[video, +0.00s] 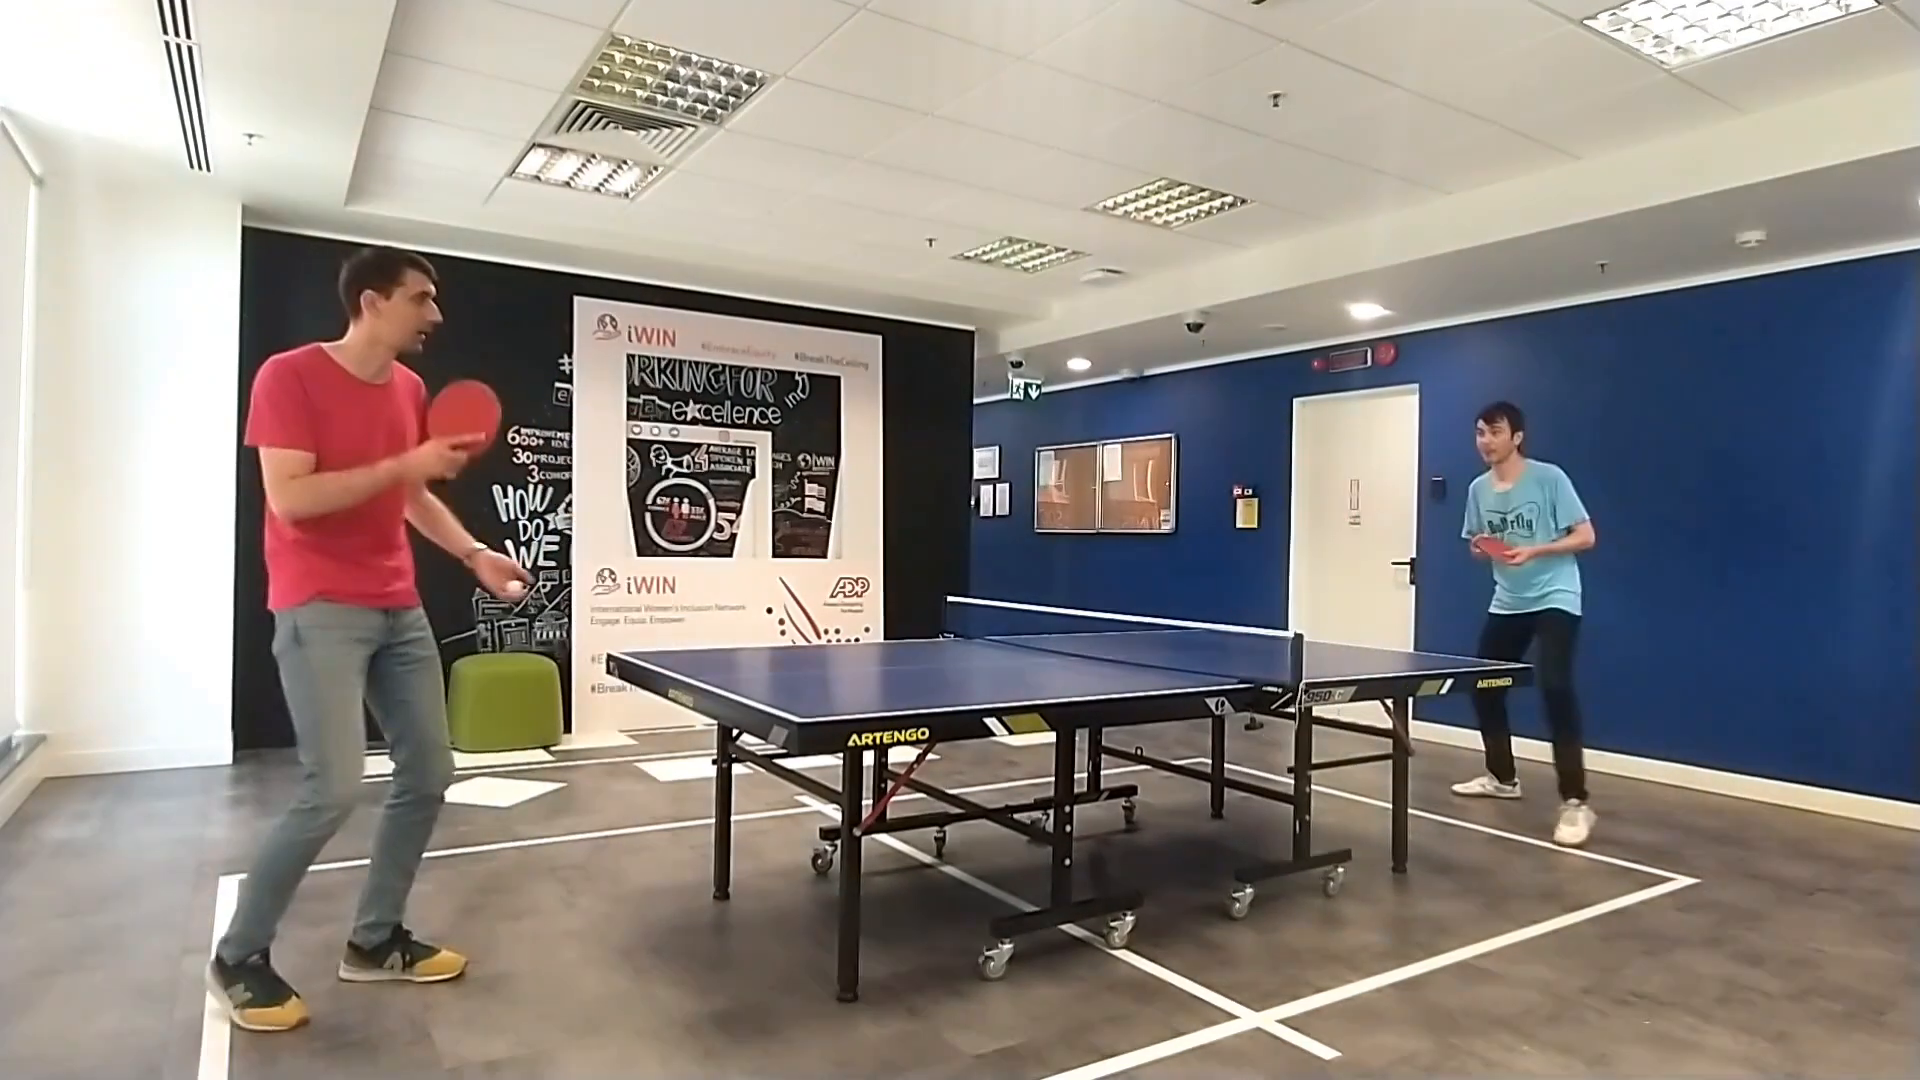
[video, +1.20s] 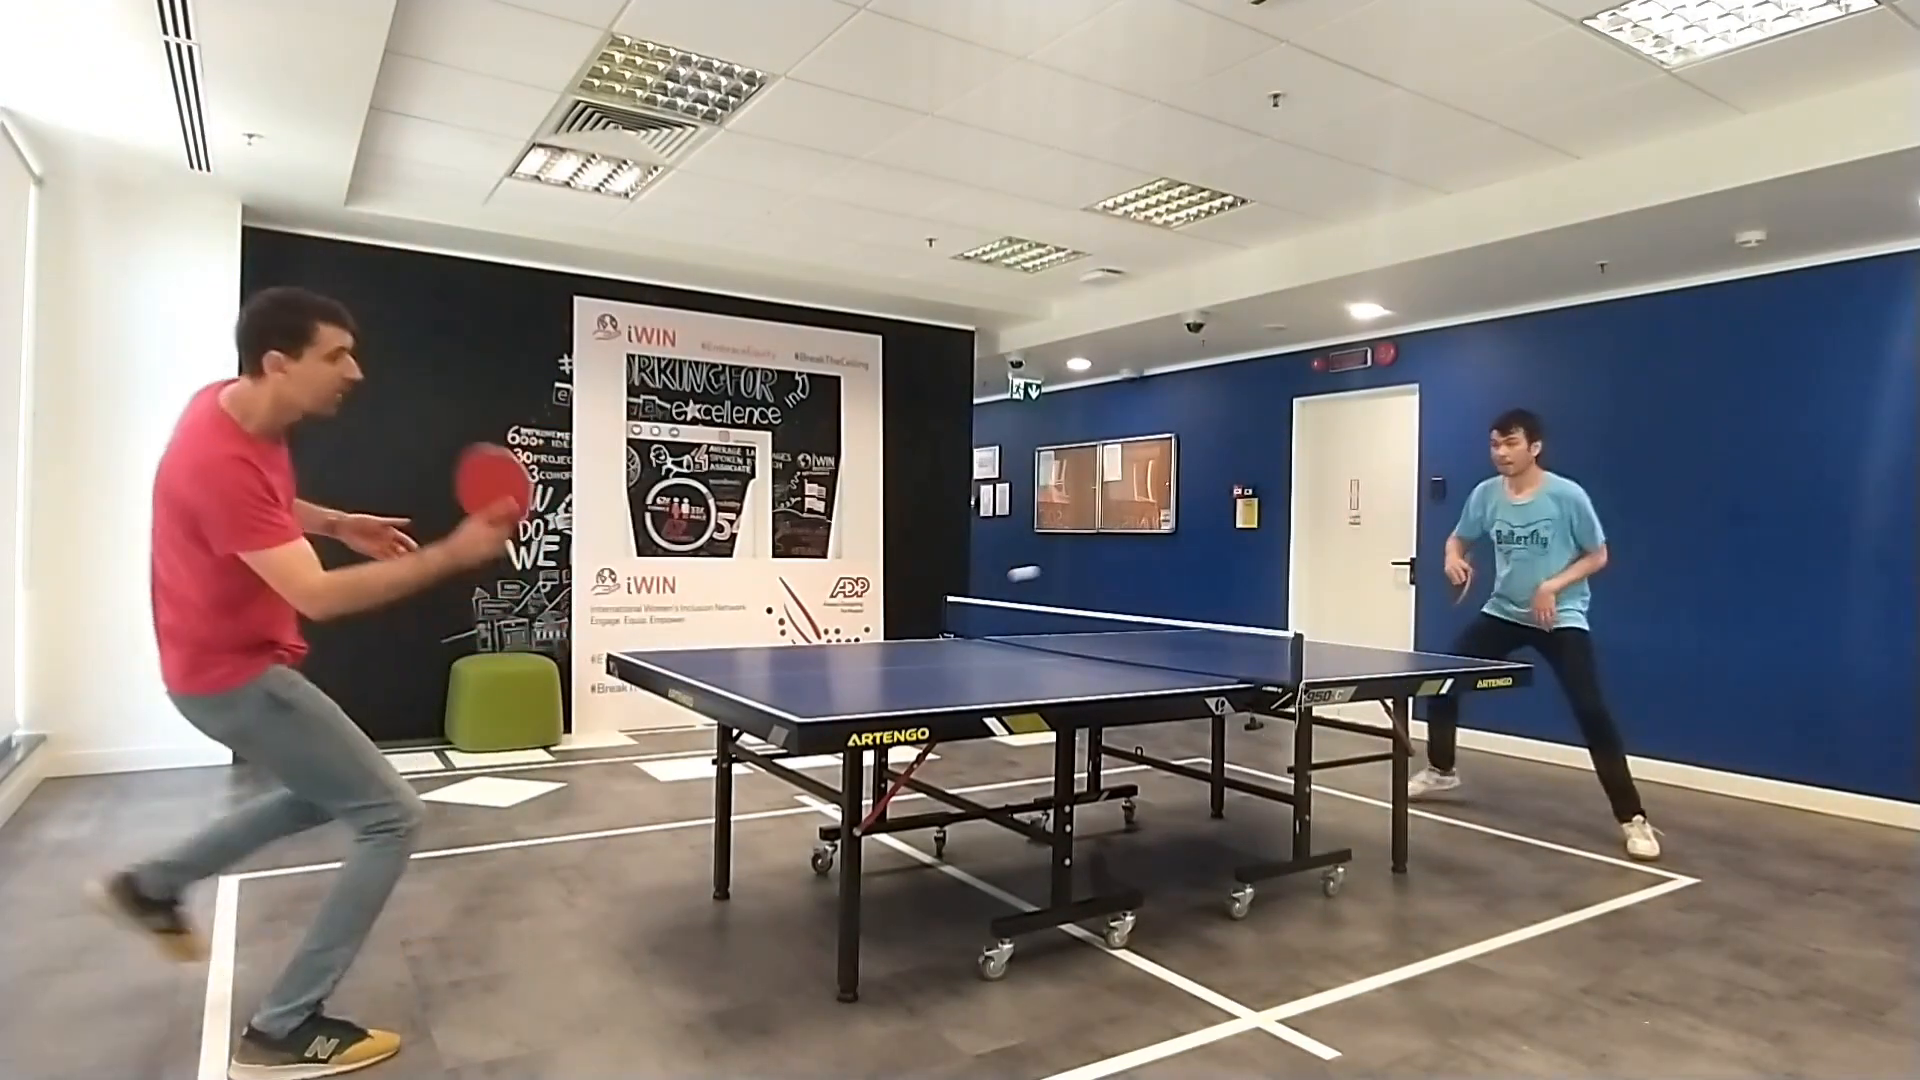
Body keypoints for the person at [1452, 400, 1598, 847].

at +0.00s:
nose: (1485, 440)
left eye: (1494, 432)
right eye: (1480, 433)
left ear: (1516, 436)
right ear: (1477, 439)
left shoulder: (1549, 477)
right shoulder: (1479, 488)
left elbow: (1586, 536)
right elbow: (1476, 549)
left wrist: (1534, 551)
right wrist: (1485, 548)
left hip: (1555, 599)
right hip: (1507, 602)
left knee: (1553, 684)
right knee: (1484, 686)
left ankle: (1574, 803)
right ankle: (1503, 778)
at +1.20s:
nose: (1500, 450)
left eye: (1509, 442)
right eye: (1495, 443)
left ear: (1535, 446)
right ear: (1492, 450)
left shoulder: (1568, 495)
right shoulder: (1485, 494)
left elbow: (1598, 555)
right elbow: (1458, 539)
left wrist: (1552, 585)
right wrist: (1452, 558)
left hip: (1560, 620)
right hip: (1502, 614)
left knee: (1591, 710)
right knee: (1441, 676)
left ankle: (1633, 820)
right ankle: (1441, 772)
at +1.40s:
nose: (1433, 475)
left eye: (1441, 466)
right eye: (1431, 468)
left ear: (1470, 465)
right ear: (1445, 472)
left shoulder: (1511, 504)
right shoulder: (1449, 516)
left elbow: (1558, 563)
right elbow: (1447, 570)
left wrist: (1514, 598)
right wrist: (1413, 599)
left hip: (1533, 628)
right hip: (1477, 626)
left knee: (1569, 717)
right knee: (1414, 688)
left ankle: (1628, 821)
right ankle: (1408, 779)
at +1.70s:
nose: (1380, 494)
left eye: (1384, 484)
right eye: (1378, 487)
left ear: (1409, 477)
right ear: (1401, 484)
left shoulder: (1465, 506)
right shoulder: (1405, 538)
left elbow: (1518, 550)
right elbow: (1362, 570)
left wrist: (1475, 587)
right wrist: (1317, 555)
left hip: (1523, 627)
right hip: (1469, 631)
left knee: (1577, 709)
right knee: (1406, 680)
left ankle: (1648, 812)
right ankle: (1405, 776)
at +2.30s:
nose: (1561, 451)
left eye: (1570, 443)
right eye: (1557, 445)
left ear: (1598, 449)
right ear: (1556, 453)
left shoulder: (1636, 494)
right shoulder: (1559, 503)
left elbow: (1683, 552)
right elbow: (1539, 553)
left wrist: (1645, 577)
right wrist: (1511, 571)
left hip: (1647, 624)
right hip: (1589, 621)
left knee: (1670, 712)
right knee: (1528, 681)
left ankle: (1708, 821)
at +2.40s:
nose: (1565, 457)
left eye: (1574, 448)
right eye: (1562, 450)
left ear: (1601, 452)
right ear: (1561, 456)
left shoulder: (1639, 496)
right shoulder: (1564, 508)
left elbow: (1689, 550)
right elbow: (1546, 562)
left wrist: (1652, 567)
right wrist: (1510, 574)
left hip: (1658, 620)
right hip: (1606, 625)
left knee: (1683, 702)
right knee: (1560, 699)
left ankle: (1746, 812)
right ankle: (1590, 780)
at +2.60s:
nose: (1591, 479)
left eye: (1598, 468)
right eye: (1587, 471)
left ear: (1628, 464)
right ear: (1598, 474)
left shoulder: (1666, 505)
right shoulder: (1618, 513)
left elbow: (1722, 560)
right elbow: (1646, 570)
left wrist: (1658, 558)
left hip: (1693, 637)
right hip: (1641, 638)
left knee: (1734, 722)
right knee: (1588, 709)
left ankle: (1837, 830)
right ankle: (1593, 785)